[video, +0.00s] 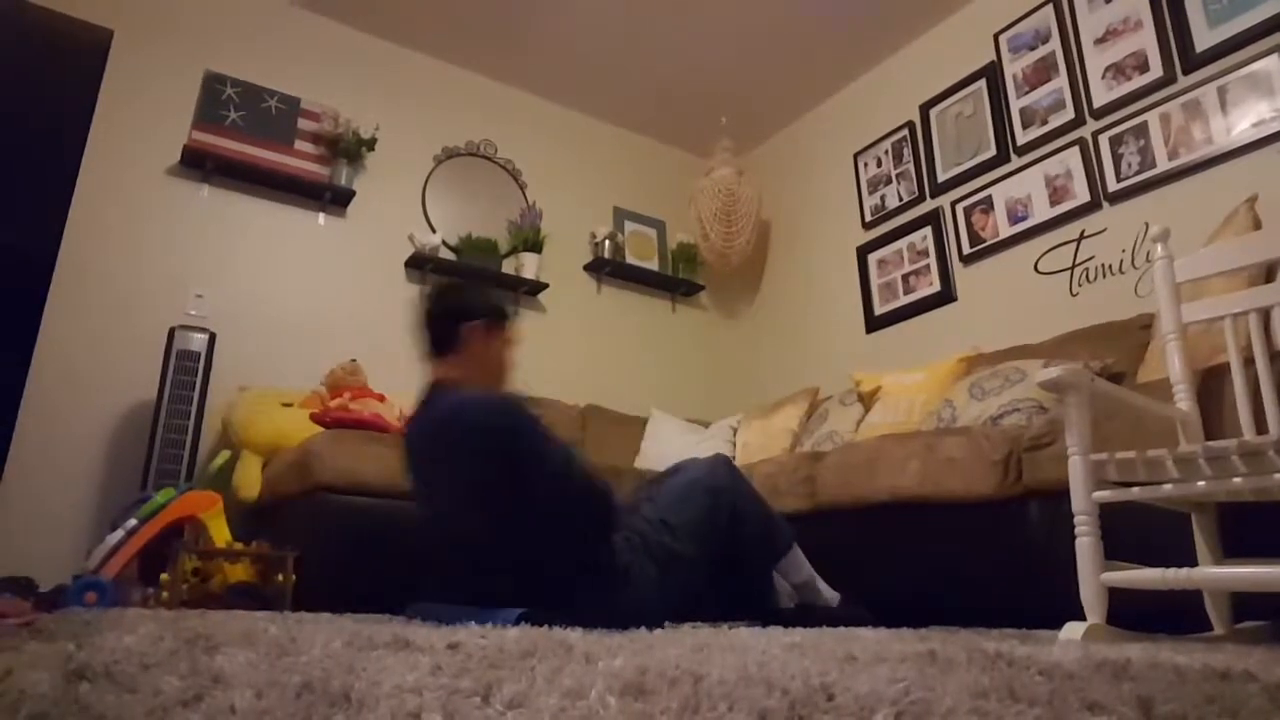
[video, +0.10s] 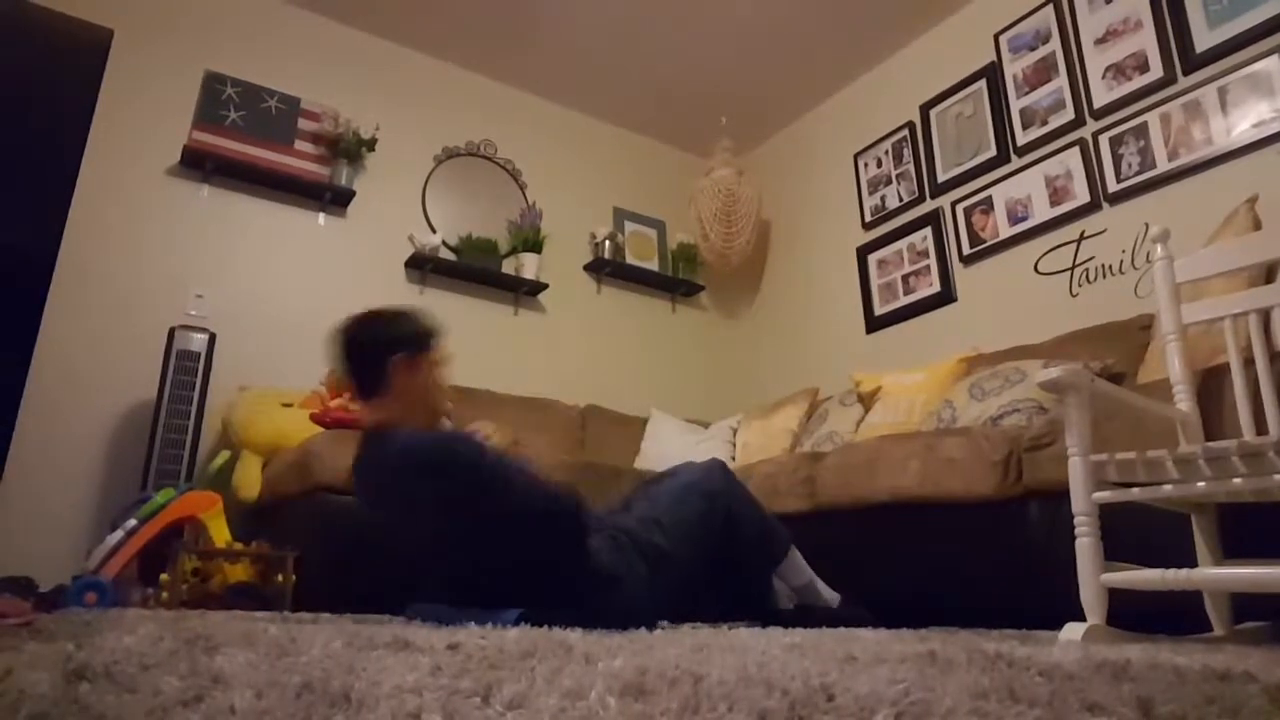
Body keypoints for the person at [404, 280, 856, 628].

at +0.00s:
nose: (510, 353)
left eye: (508, 340)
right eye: (503, 339)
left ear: (450, 341)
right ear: (473, 338)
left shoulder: (425, 427)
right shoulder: (496, 420)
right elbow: (596, 509)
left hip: (511, 595)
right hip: (592, 599)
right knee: (713, 475)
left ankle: (790, 602)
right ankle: (812, 593)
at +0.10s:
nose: (443, 379)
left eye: (439, 364)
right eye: (434, 364)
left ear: (377, 378)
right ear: (403, 372)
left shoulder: (376, 462)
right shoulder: (440, 458)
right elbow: (566, 517)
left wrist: (477, 457)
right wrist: (514, 463)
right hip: (589, 596)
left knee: (685, 485)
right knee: (708, 481)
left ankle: (796, 603)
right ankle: (815, 600)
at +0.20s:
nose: (392, 407)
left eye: (380, 393)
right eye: (373, 399)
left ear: (322, 439)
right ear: (335, 427)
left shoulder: (318, 526)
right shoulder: (404, 501)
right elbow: (542, 524)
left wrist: (432, 470)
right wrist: (466, 471)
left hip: (529, 600)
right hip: (575, 595)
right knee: (706, 486)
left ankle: (788, 624)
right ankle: (821, 606)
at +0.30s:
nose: (333, 447)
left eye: (318, 438)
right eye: (312, 446)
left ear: (287, 493)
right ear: (287, 490)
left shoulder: (327, 562)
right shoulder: (366, 548)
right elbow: (531, 530)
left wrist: (431, 498)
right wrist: (438, 497)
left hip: (550, 574)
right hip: (575, 587)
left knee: (680, 491)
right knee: (708, 486)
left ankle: (792, 614)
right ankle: (822, 616)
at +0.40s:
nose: (312, 467)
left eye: (295, 461)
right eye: (290, 470)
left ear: (278, 521)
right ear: (271, 523)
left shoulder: (330, 565)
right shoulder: (358, 568)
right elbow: (523, 535)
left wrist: (414, 507)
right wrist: (431, 510)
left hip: (557, 567)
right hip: (577, 577)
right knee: (711, 483)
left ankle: (803, 608)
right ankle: (814, 602)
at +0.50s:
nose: (334, 456)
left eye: (319, 448)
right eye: (314, 456)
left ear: (291, 506)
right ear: (289, 504)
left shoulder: (332, 564)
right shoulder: (369, 556)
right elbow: (537, 535)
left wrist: (437, 499)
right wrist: (444, 498)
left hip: (559, 567)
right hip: (583, 581)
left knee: (684, 484)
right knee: (712, 482)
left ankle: (789, 610)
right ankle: (819, 613)